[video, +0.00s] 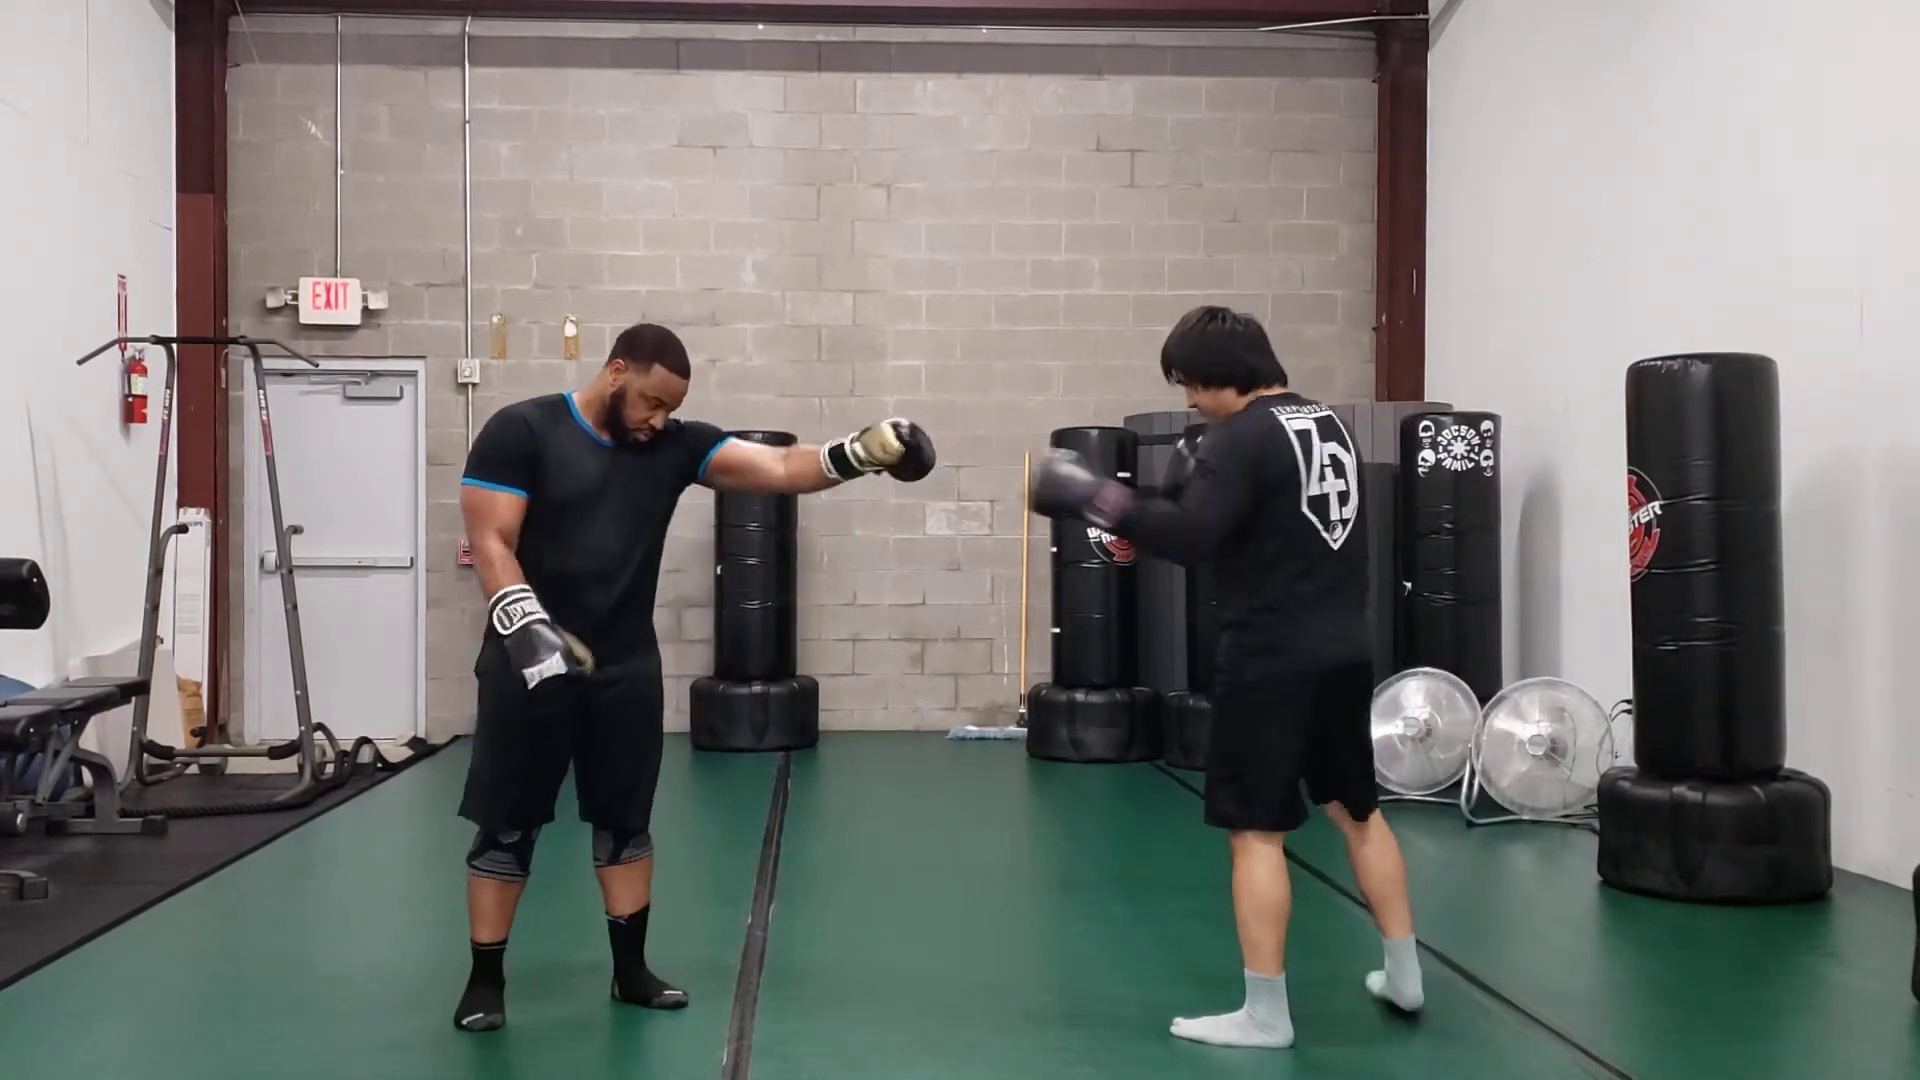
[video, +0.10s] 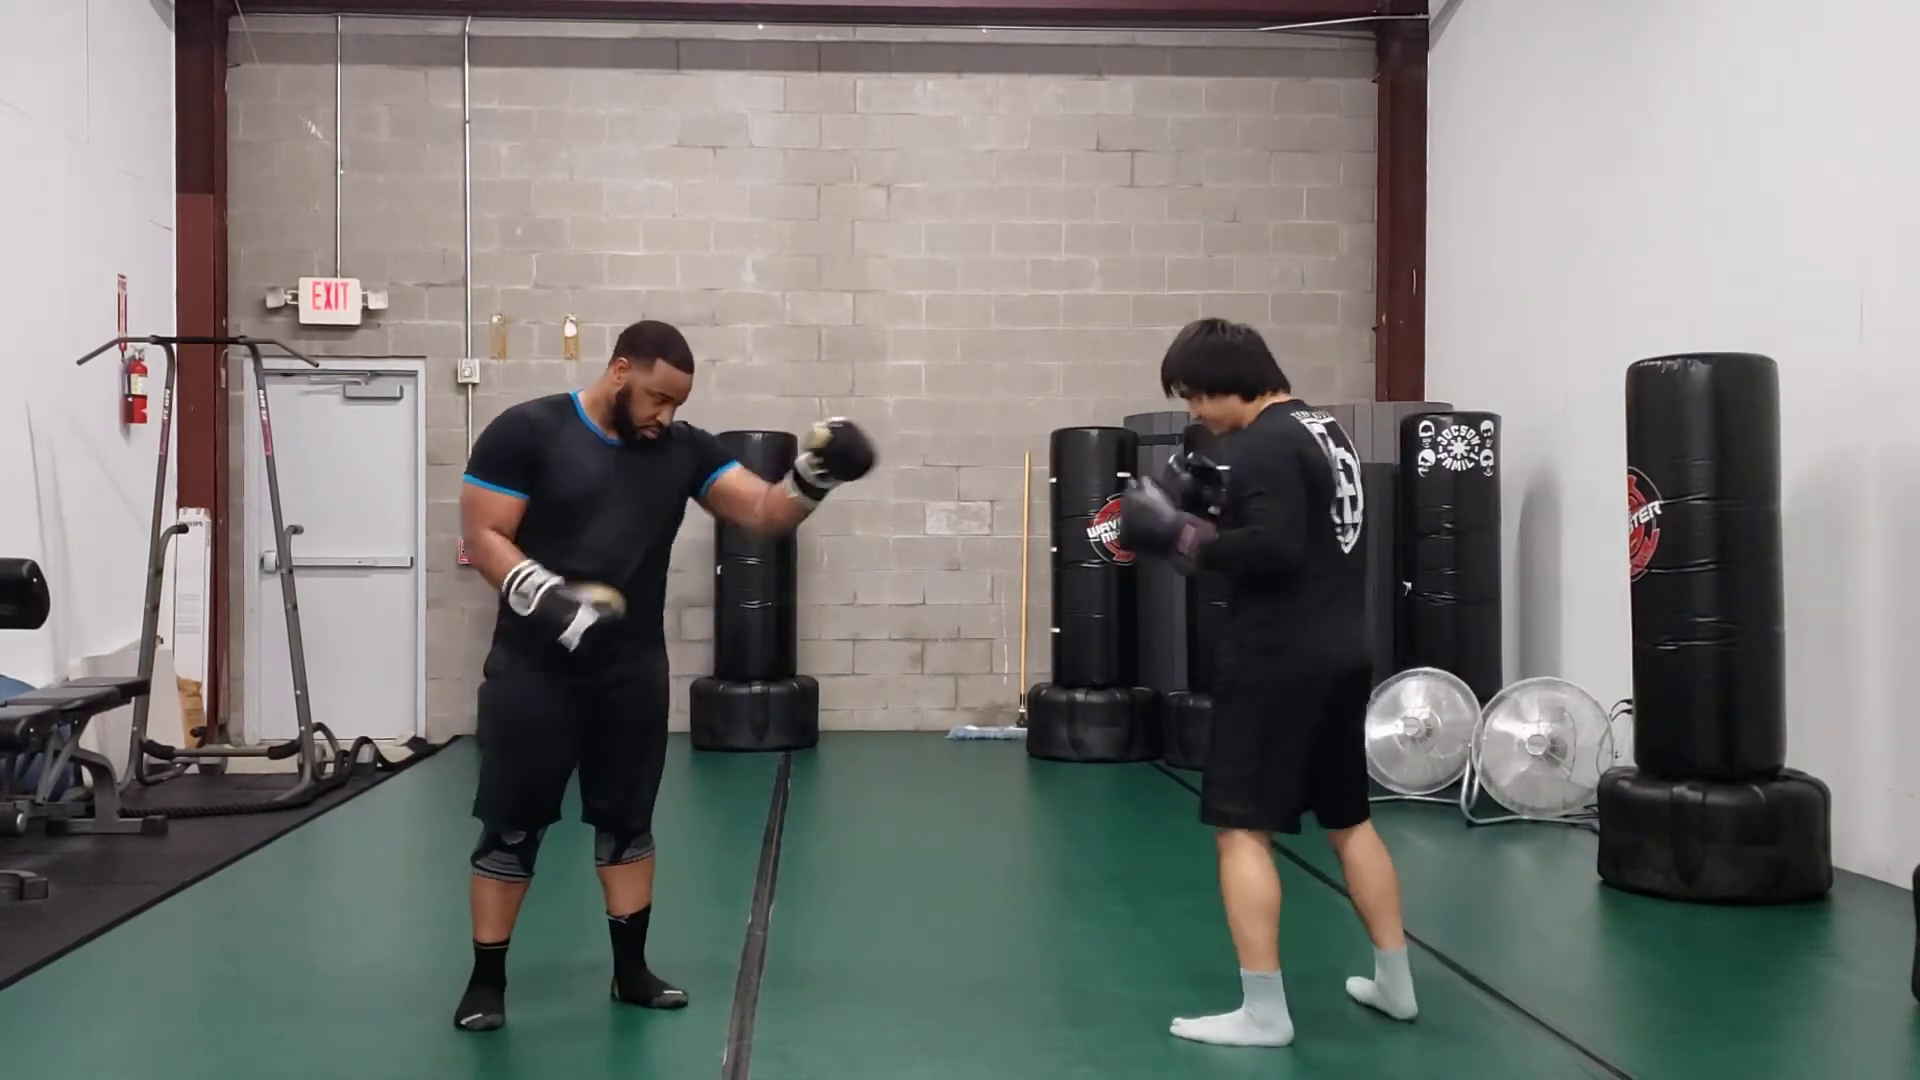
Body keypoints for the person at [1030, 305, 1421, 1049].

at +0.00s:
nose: (1190, 403)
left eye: (1192, 388)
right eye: (1186, 389)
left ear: (1226, 378)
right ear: (1261, 370)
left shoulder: (1243, 439)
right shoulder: (1329, 426)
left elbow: (1192, 532)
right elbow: (1276, 525)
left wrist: (1093, 497)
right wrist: (1163, 514)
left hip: (1268, 664)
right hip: (1342, 655)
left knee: (1256, 828)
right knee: (1359, 808)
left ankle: (1265, 1013)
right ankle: (1405, 973)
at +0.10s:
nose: (1192, 414)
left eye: (1194, 398)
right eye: (1187, 400)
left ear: (1232, 388)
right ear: (1253, 381)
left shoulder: (1267, 445)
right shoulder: (1318, 426)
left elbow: (1277, 547)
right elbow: (1301, 535)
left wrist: (1179, 534)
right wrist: (1214, 503)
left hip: (1274, 669)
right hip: (1340, 662)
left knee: (1241, 827)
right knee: (1349, 817)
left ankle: (1263, 1012)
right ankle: (1397, 983)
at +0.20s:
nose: (1202, 430)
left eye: (1204, 414)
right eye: (1196, 416)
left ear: (1241, 400)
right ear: (1260, 395)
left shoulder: (1286, 448)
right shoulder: (1315, 438)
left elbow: (1311, 547)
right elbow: (1294, 541)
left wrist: (1216, 548)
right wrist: (1215, 512)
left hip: (1291, 667)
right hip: (1347, 666)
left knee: (1195, 807)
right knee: (1350, 821)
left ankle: (1253, 982)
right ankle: (1400, 988)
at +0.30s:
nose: (1198, 423)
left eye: (1200, 407)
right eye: (1193, 410)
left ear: (1236, 395)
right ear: (1252, 390)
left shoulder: (1289, 440)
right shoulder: (1303, 435)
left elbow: (1315, 536)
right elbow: (1277, 535)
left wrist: (1219, 526)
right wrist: (1209, 496)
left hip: (1292, 659)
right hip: (1343, 659)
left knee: (1191, 796)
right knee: (1352, 816)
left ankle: (1218, 978)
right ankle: (1400, 987)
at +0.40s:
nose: (1185, 413)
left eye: (1187, 398)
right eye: (1181, 400)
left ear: (1223, 389)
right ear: (1237, 383)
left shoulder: (1271, 436)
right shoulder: (1290, 432)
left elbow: (1291, 531)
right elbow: (1264, 531)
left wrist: (1204, 517)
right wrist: (1196, 506)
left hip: (1279, 658)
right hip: (1334, 657)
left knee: (1221, 816)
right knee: (1354, 816)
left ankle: (1178, 989)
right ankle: (1398, 986)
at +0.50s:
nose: (1161, 419)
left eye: (1165, 404)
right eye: (1157, 406)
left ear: (1200, 395)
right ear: (1224, 391)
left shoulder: (1247, 451)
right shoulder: (1269, 442)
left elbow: (1254, 548)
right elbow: (1242, 540)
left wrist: (1168, 532)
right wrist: (1161, 524)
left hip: (1266, 671)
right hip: (1324, 668)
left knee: (1204, 822)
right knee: (1340, 821)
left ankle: (1176, 995)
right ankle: (1396, 983)